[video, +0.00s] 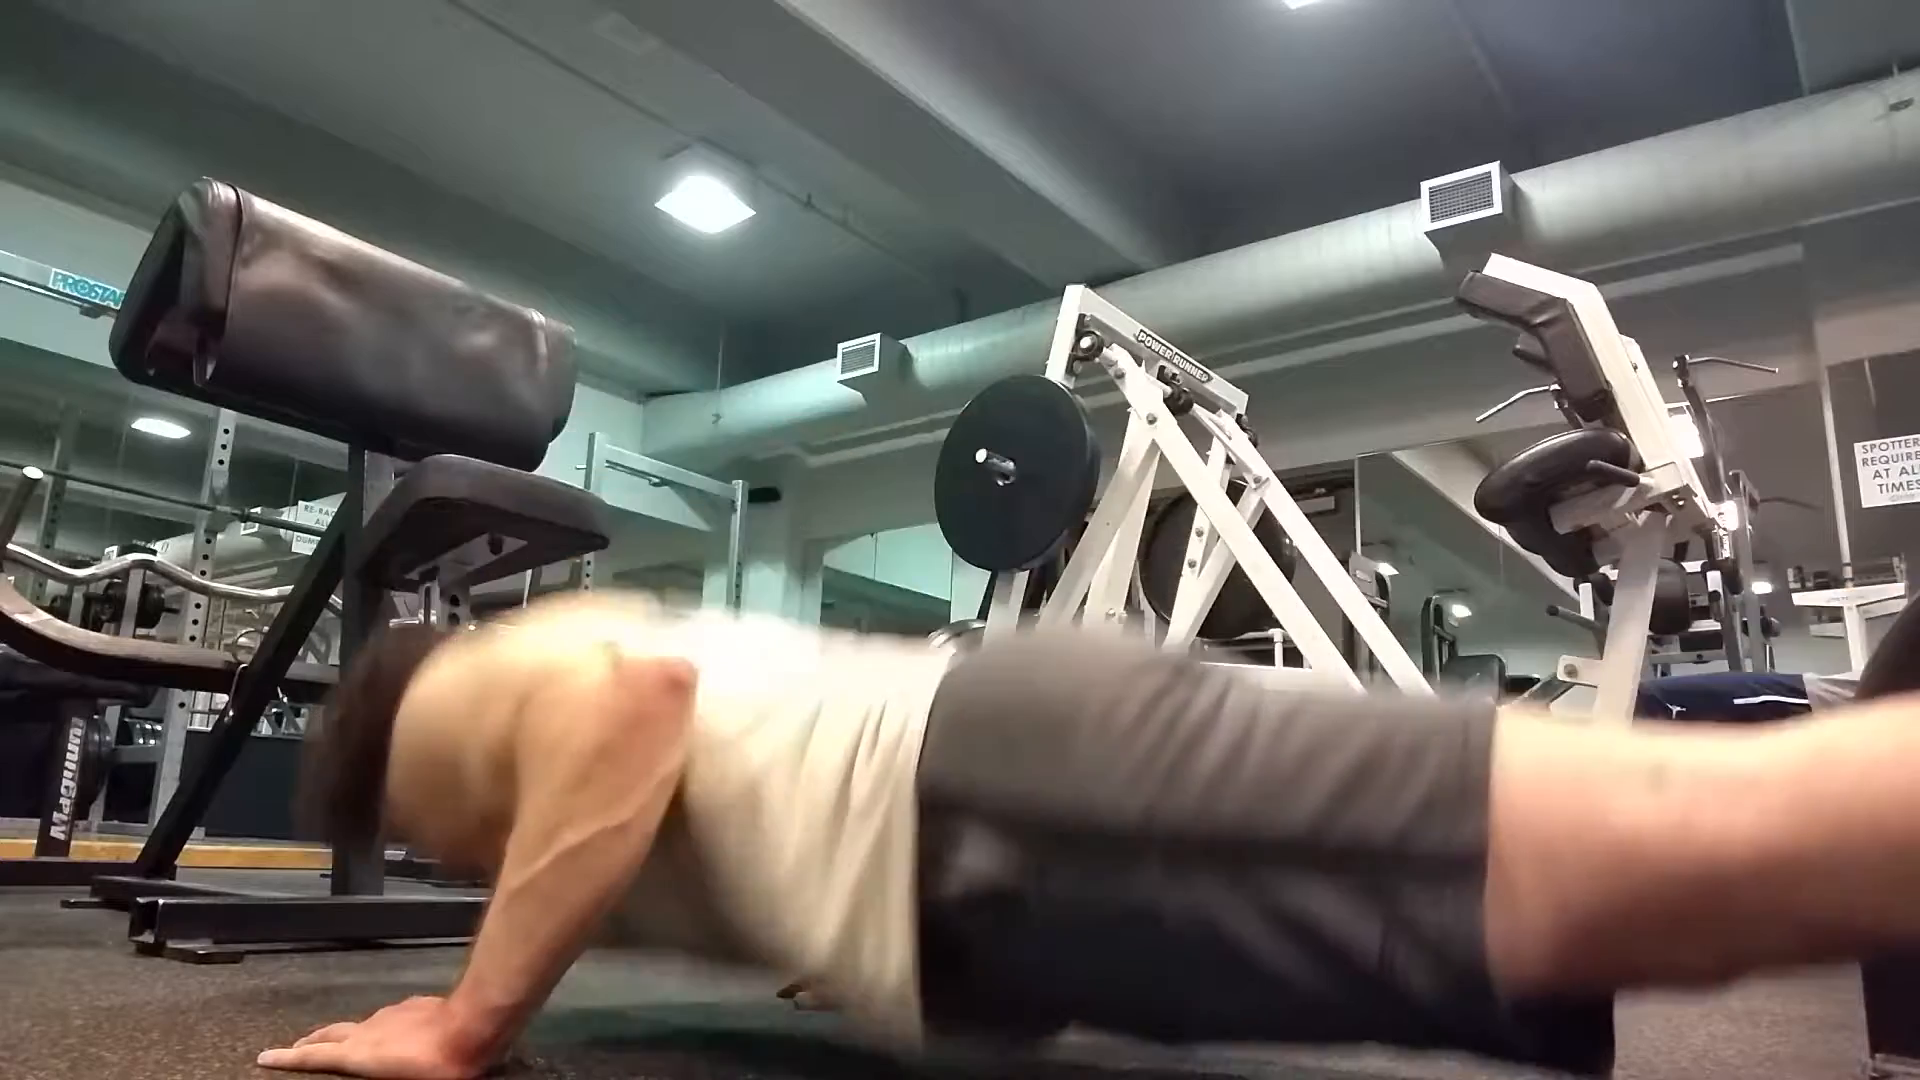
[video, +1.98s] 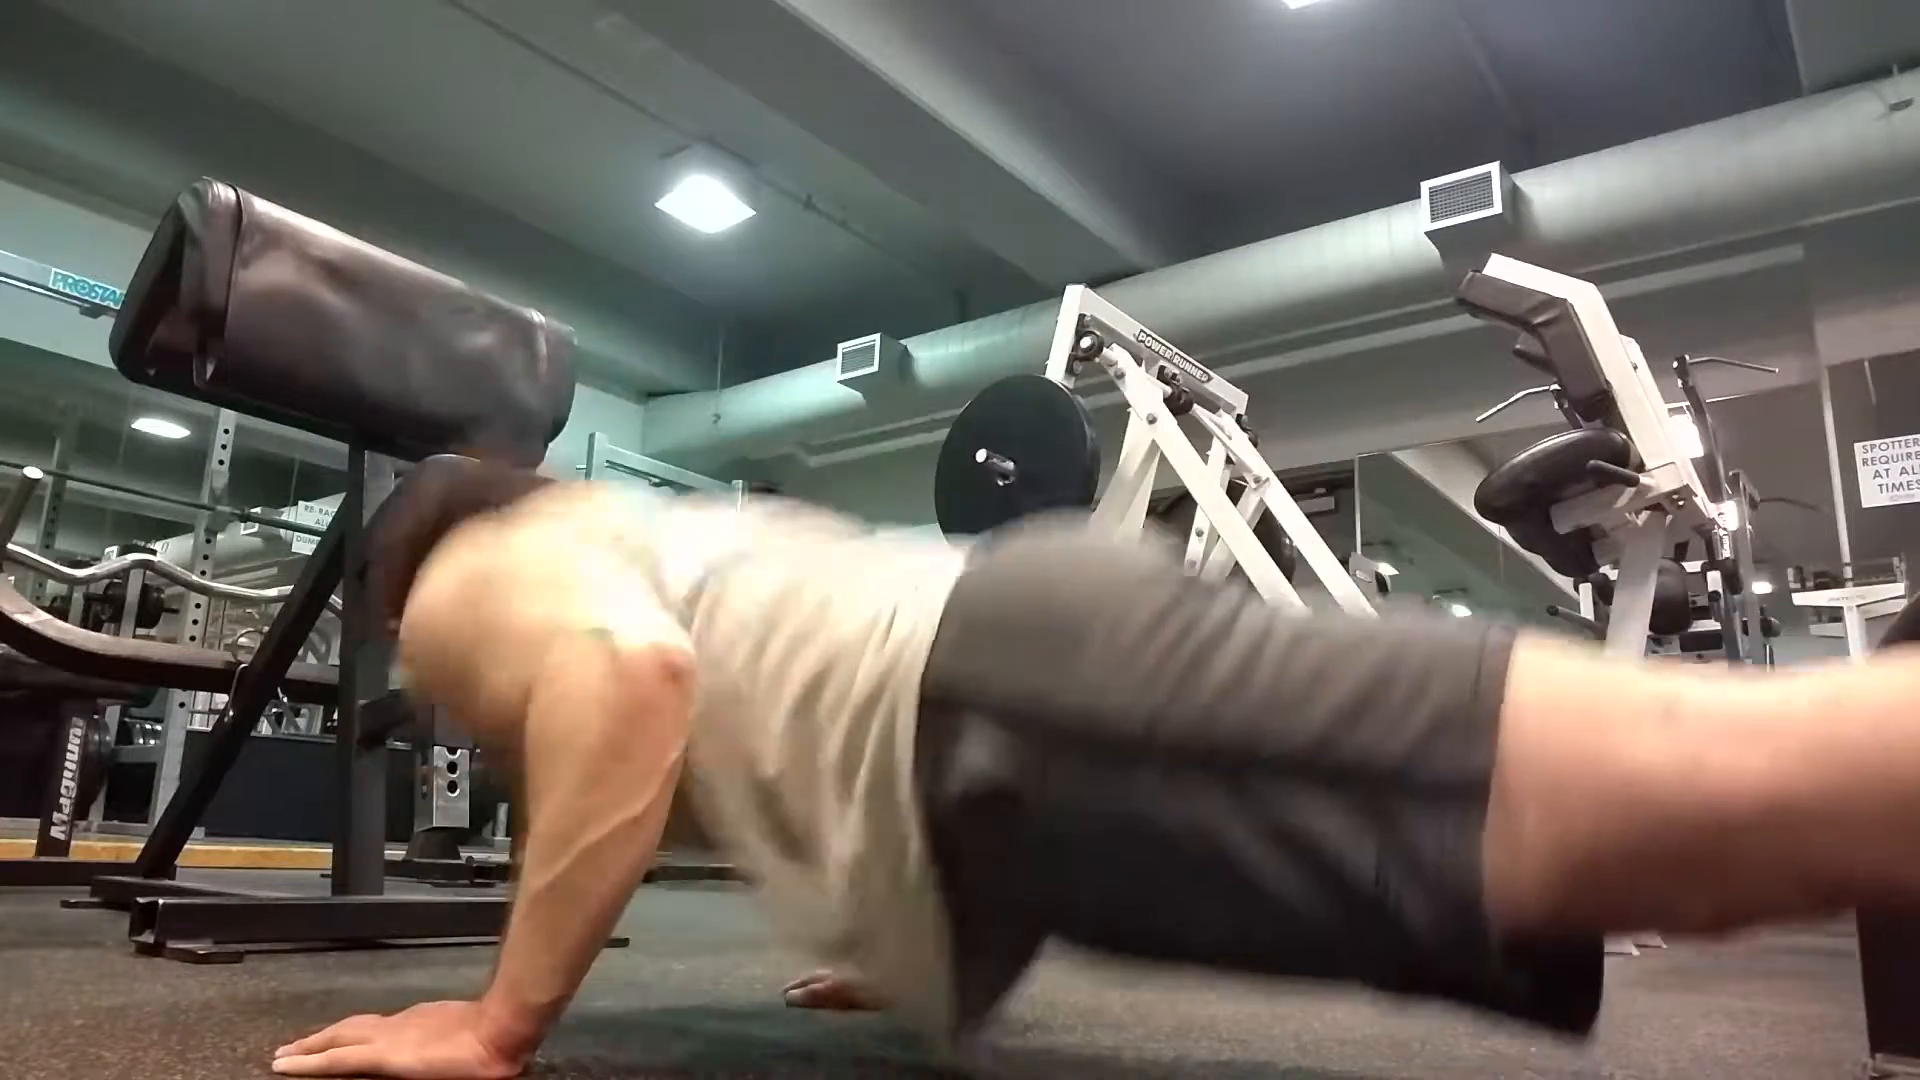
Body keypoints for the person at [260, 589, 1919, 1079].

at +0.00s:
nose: (417, 829)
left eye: (396, 805)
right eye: (408, 815)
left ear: (397, 707)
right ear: (488, 624)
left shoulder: (457, 689)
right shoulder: (602, 674)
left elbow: (634, 699)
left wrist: (460, 1017)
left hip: (998, 806)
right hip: (1007, 817)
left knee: (1689, 860)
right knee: (1685, 849)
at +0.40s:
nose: (426, 598)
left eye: (408, 559)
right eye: (412, 585)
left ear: (417, 458)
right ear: (534, 399)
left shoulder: (527, 435)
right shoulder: (707, 451)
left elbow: (615, 664)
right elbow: (909, 689)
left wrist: (470, 1011)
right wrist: (929, 957)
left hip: (1047, 600)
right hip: (1062, 670)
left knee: (1783, 719)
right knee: (1759, 768)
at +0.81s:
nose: (412, 819)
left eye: (393, 795)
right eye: (404, 807)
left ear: (395, 700)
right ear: (495, 618)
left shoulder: (451, 685)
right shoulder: (608, 666)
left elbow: (633, 699)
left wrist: (462, 1014)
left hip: (995, 806)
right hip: (1005, 846)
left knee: (1723, 859)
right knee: (1712, 857)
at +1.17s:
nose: (407, 567)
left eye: (402, 535)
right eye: (401, 549)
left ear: (420, 463)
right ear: (535, 390)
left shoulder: (511, 481)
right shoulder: (697, 464)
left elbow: (628, 682)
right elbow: (914, 680)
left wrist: (474, 1014)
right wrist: (933, 952)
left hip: (1019, 631)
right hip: (1054, 630)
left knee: (1746, 757)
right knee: (1737, 755)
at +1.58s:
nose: (407, 616)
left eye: (400, 586)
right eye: (403, 596)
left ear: (422, 536)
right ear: (535, 468)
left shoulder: (491, 545)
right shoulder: (670, 524)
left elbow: (628, 685)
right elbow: (888, 698)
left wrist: (498, 1019)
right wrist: (932, 958)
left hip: (1015, 738)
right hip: (1025, 733)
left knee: (1708, 820)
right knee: (1684, 836)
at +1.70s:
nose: (371, 722)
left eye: (367, 692)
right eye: (377, 702)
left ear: (402, 638)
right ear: (516, 603)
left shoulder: (442, 697)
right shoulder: (648, 681)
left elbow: (622, 693)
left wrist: (490, 1018)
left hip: (983, 839)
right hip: (981, 926)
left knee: (1685, 891)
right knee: (1641, 932)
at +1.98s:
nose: (411, 658)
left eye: (400, 625)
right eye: (408, 637)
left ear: (413, 565)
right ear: (527, 489)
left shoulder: (475, 566)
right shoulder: (664, 532)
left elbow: (622, 685)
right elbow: (861, 668)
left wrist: (495, 1021)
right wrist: (872, 933)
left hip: (1002, 707)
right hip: (1039, 675)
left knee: (1724, 805)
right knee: (1700, 816)